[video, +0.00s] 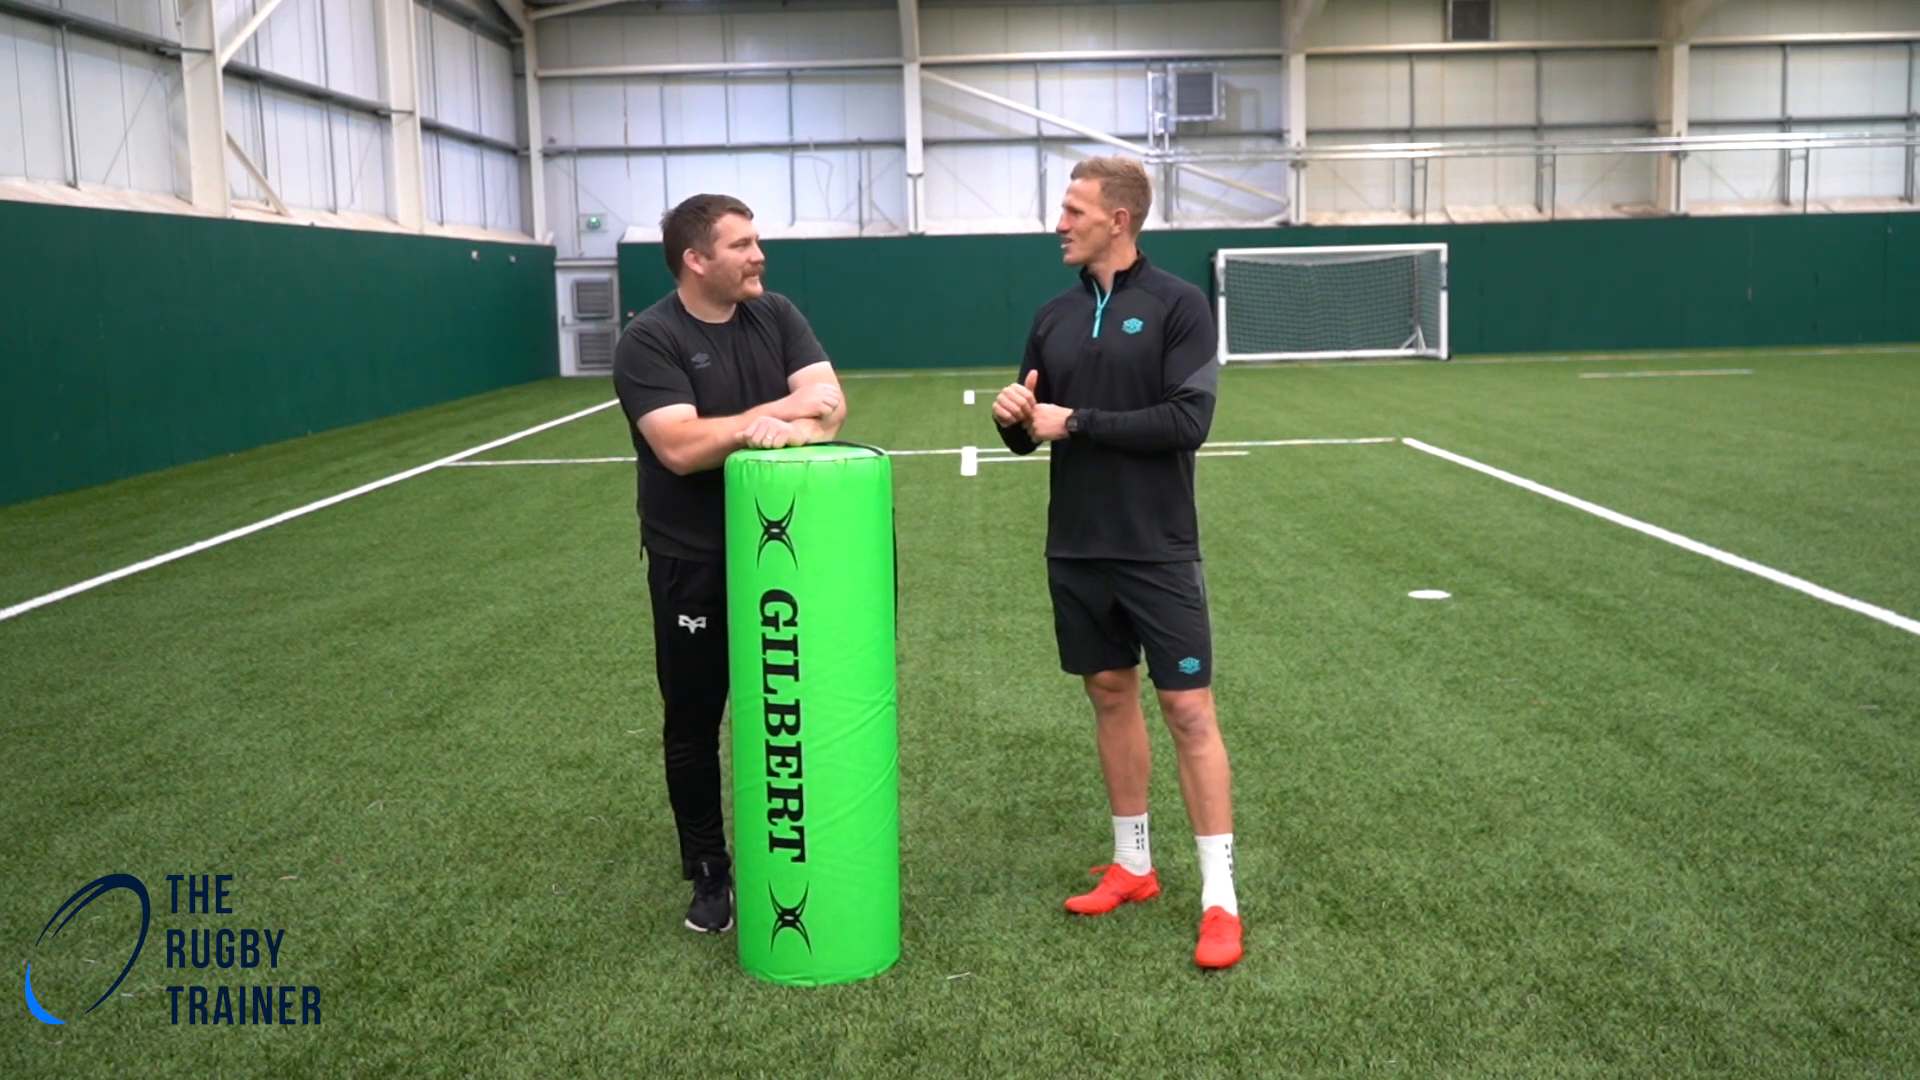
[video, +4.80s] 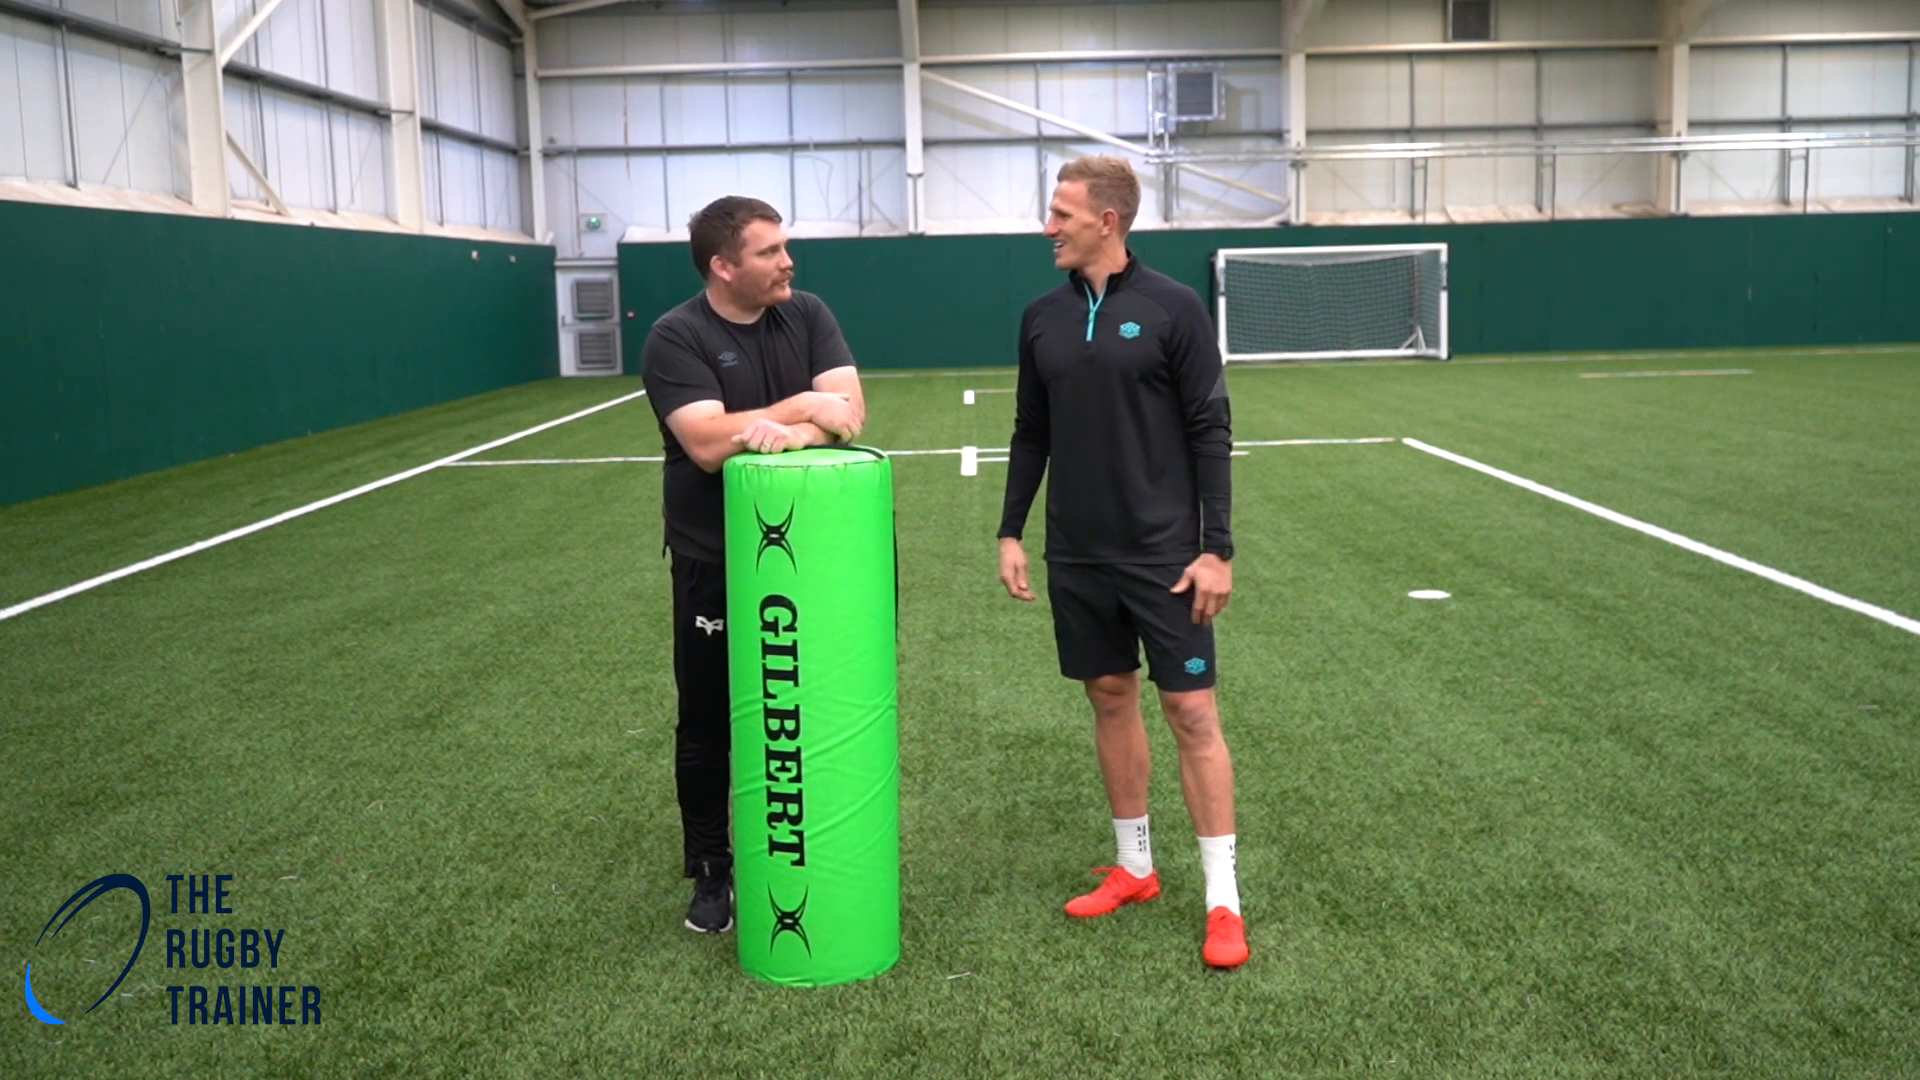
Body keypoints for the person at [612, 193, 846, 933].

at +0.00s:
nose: (757, 255)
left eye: (756, 242)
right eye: (741, 246)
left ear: (740, 254)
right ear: (692, 260)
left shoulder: (775, 314)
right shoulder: (646, 342)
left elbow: (828, 405)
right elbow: (680, 450)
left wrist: (753, 425)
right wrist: (785, 412)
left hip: (782, 554)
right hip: (693, 561)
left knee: (793, 716)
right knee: (694, 726)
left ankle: (804, 866)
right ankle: (710, 873)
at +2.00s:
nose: (819, 274)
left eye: (829, 261)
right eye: (803, 261)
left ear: (841, 263)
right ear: (768, 260)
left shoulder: (863, 321)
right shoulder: (725, 327)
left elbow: (878, 425)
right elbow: (726, 433)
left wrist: (780, 424)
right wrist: (828, 408)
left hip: (838, 554)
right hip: (741, 552)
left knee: (833, 715)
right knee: (725, 714)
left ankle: (829, 877)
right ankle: (716, 871)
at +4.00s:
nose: (756, 275)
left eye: (764, 259)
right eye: (738, 264)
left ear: (773, 253)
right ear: (699, 266)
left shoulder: (808, 314)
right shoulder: (668, 335)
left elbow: (843, 417)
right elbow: (692, 439)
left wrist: (762, 426)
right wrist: (797, 408)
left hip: (803, 553)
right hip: (706, 557)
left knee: (808, 709)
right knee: (705, 717)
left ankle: (811, 866)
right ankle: (713, 873)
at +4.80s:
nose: (786, 261)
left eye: (785, 248)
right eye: (770, 253)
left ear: (779, 250)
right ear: (720, 266)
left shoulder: (806, 314)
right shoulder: (675, 338)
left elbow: (846, 414)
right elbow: (706, 445)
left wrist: (764, 428)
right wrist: (808, 408)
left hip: (805, 556)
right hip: (713, 560)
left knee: (807, 712)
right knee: (709, 720)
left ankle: (811, 865)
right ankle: (713, 872)